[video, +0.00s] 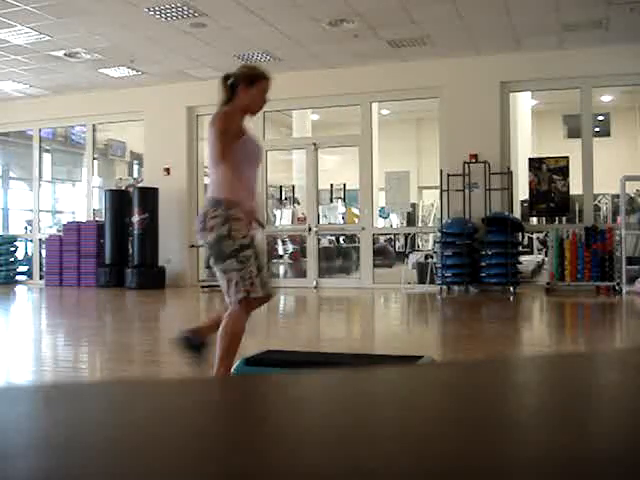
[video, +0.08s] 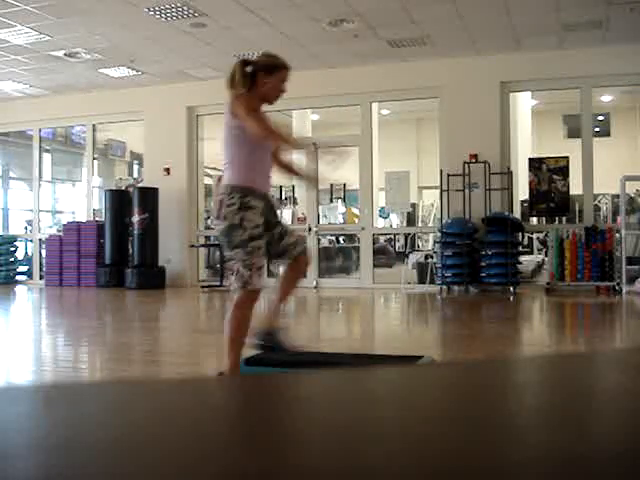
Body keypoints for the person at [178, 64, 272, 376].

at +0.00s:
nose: (265, 100)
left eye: (266, 94)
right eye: (262, 92)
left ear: (244, 91)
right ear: (244, 88)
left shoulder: (238, 124)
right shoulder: (226, 118)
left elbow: (237, 174)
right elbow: (220, 166)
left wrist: (250, 210)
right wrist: (243, 206)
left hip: (238, 215)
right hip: (223, 215)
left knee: (261, 293)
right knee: (242, 300)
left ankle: (198, 333)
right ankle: (221, 378)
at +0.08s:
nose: (282, 92)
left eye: (284, 86)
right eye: (279, 84)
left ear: (265, 83)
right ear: (261, 79)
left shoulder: (259, 115)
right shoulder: (241, 104)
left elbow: (275, 157)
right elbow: (263, 133)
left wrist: (307, 176)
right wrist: (297, 143)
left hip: (261, 204)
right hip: (240, 202)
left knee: (299, 257)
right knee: (249, 287)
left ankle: (268, 327)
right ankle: (232, 371)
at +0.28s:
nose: (322, 109)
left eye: (323, 104)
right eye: (320, 103)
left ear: (307, 99)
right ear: (302, 96)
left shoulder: (301, 142)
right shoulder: (276, 122)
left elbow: (342, 152)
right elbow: (326, 122)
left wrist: (380, 131)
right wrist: (371, 101)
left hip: (296, 223)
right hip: (270, 221)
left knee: (343, 265)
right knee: (274, 298)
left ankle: (365, 338)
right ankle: (240, 372)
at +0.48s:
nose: (353, 93)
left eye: (356, 88)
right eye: (350, 86)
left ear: (348, 87)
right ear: (332, 81)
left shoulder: (343, 122)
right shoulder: (309, 110)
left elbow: (376, 149)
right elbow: (326, 141)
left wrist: (411, 171)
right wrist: (359, 150)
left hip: (334, 205)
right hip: (305, 202)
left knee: (369, 265)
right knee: (301, 278)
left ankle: (373, 341)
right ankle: (263, 355)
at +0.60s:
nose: (365, 78)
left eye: (368, 72)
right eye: (360, 71)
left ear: (369, 73)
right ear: (343, 68)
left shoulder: (366, 110)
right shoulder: (324, 99)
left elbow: (374, 153)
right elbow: (319, 144)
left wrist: (386, 194)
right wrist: (336, 182)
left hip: (355, 186)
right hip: (323, 184)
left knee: (374, 257)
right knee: (331, 258)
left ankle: (376, 335)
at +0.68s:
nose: (364, 75)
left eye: (369, 71)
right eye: (359, 69)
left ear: (374, 74)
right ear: (345, 69)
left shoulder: (375, 110)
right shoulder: (330, 103)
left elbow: (369, 153)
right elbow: (316, 148)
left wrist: (373, 188)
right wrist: (314, 188)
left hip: (365, 189)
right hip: (333, 189)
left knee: (384, 256)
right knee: (340, 259)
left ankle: (380, 333)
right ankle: (347, 334)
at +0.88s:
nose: (361, 75)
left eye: (366, 70)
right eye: (355, 70)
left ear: (374, 76)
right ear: (347, 77)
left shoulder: (386, 114)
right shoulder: (334, 115)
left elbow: (383, 153)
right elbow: (312, 156)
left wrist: (383, 185)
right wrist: (293, 194)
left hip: (382, 194)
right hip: (347, 196)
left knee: (404, 257)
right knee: (349, 263)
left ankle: (405, 317)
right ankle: (353, 335)